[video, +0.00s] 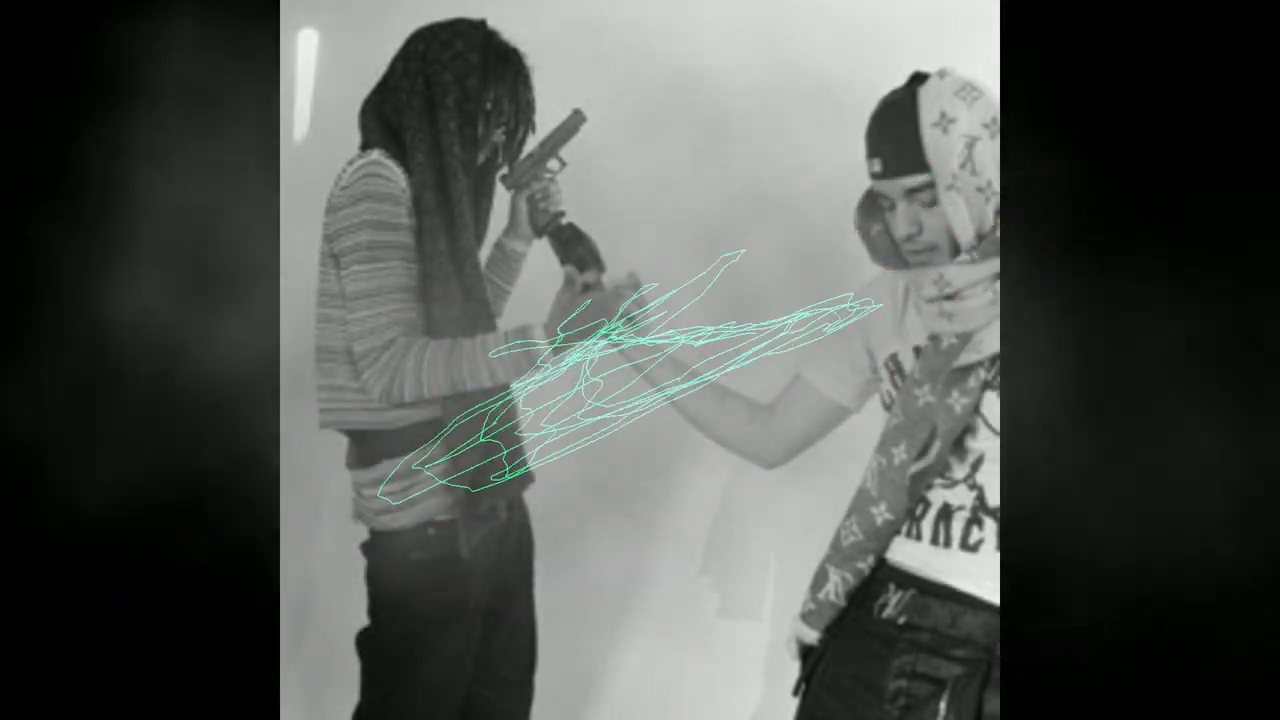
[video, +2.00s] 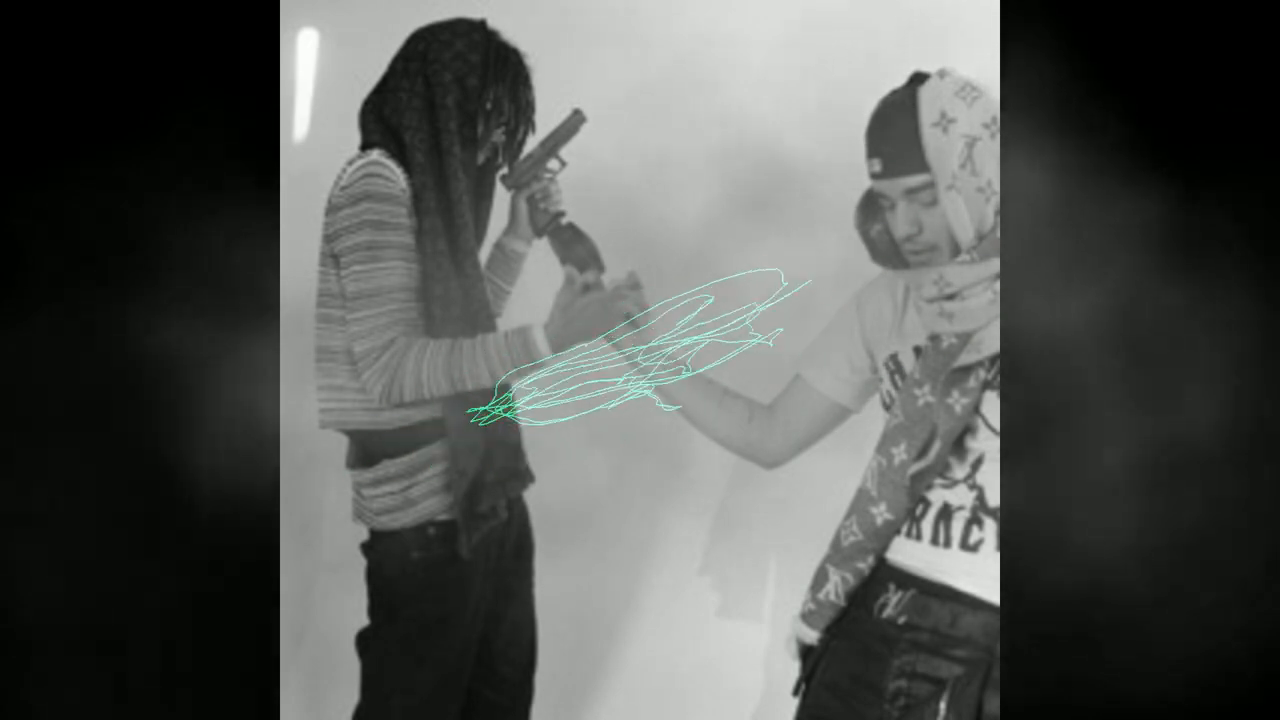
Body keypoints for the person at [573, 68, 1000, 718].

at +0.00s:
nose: (905, 227)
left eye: (924, 198)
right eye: (887, 204)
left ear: (982, 186)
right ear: (875, 206)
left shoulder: (1027, 300)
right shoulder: (900, 305)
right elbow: (768, 436)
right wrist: (631, 337)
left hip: (990, 647)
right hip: (877, 619)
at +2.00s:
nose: (904, 228)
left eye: (925, 200)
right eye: (886, 205)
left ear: (979, 183)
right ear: (874, 206)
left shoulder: (1037, 289)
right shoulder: (890, 302)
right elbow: (769, 436)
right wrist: (638, 343)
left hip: (996, 638)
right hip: (877, 611)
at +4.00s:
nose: (904, 228)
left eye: (926, 199)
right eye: (886, 205)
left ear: (980, 185)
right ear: (874, 207)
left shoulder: (1029, 292)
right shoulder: (888, 305)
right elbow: (769, 436)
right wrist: (643, 343)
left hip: (987, 641)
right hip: (876, 616)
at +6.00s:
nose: (903, 227)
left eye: (924, 198)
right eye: (884, 204)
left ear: (979, 186)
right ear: (872, 205)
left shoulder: (1028, 288)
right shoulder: (892, 301)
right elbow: (768, 435)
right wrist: (636, 339)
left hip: (1001, 642)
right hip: (881, 618)